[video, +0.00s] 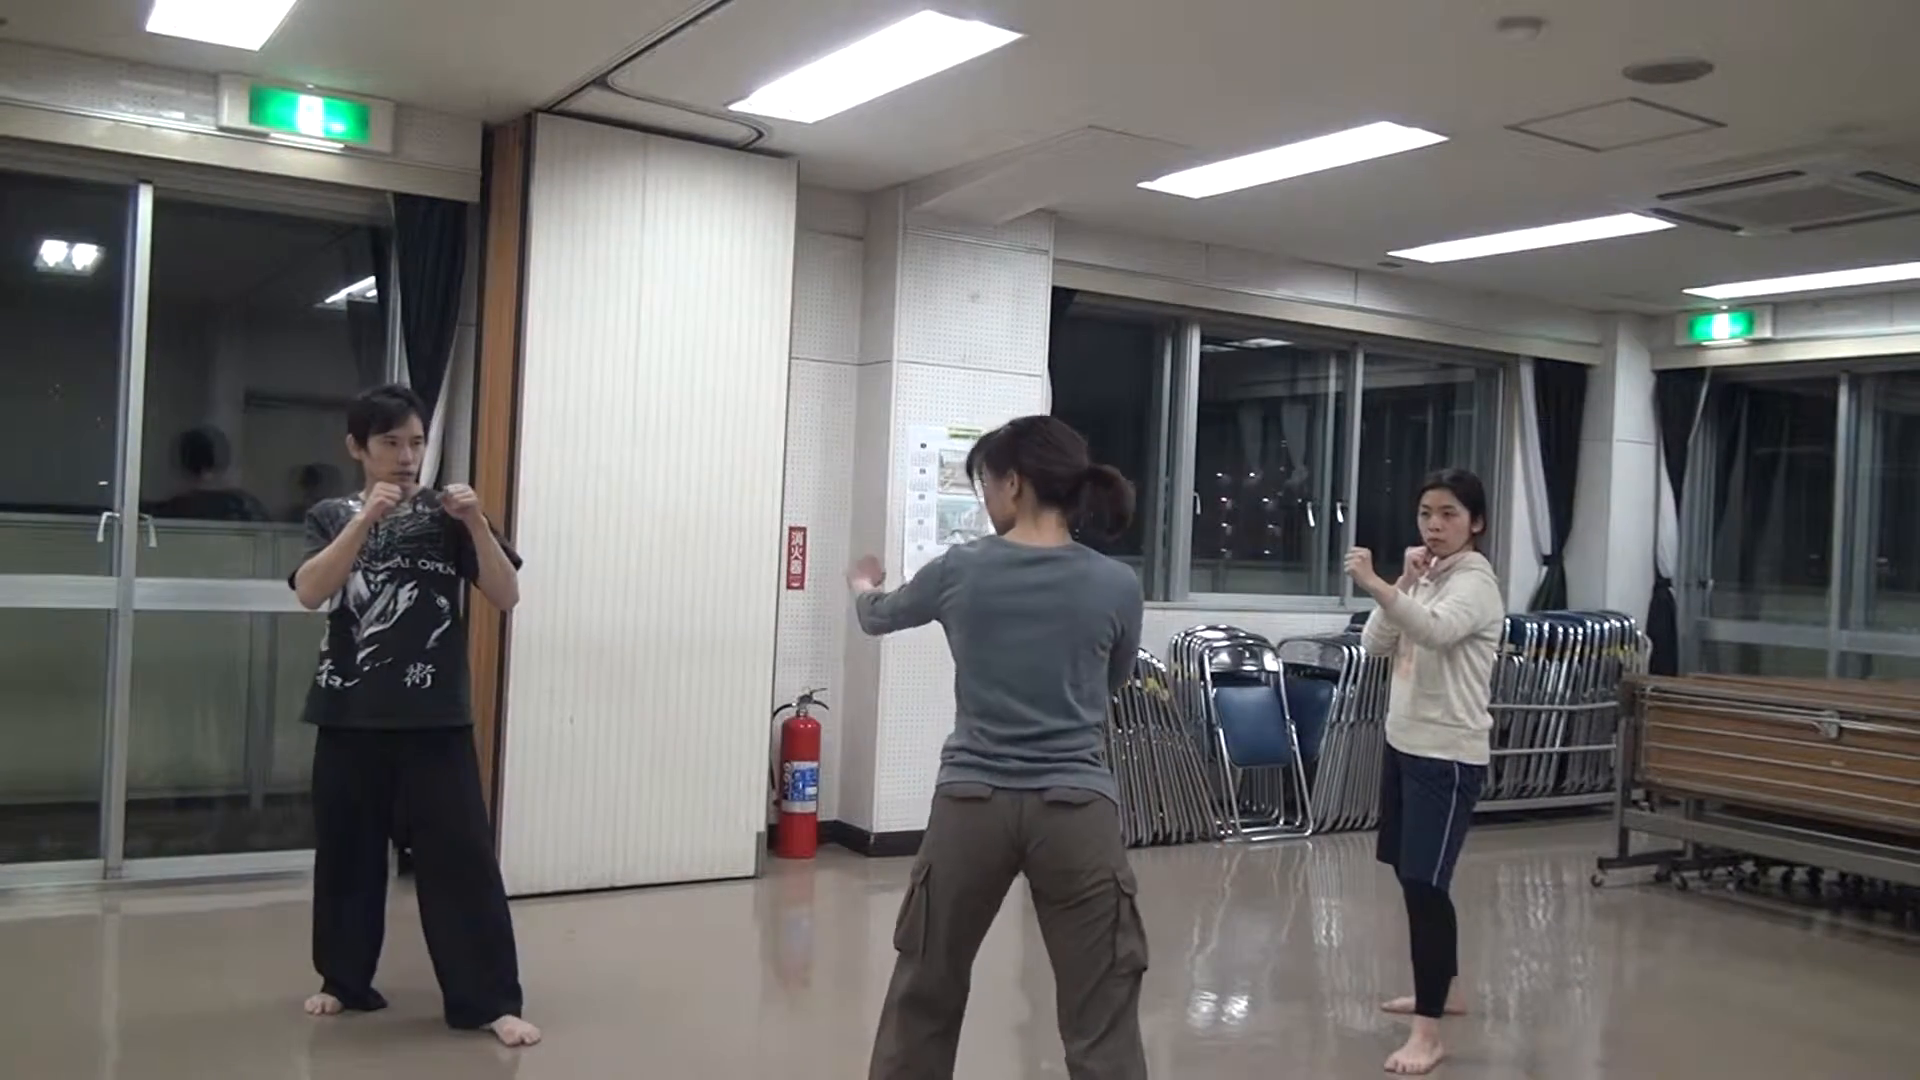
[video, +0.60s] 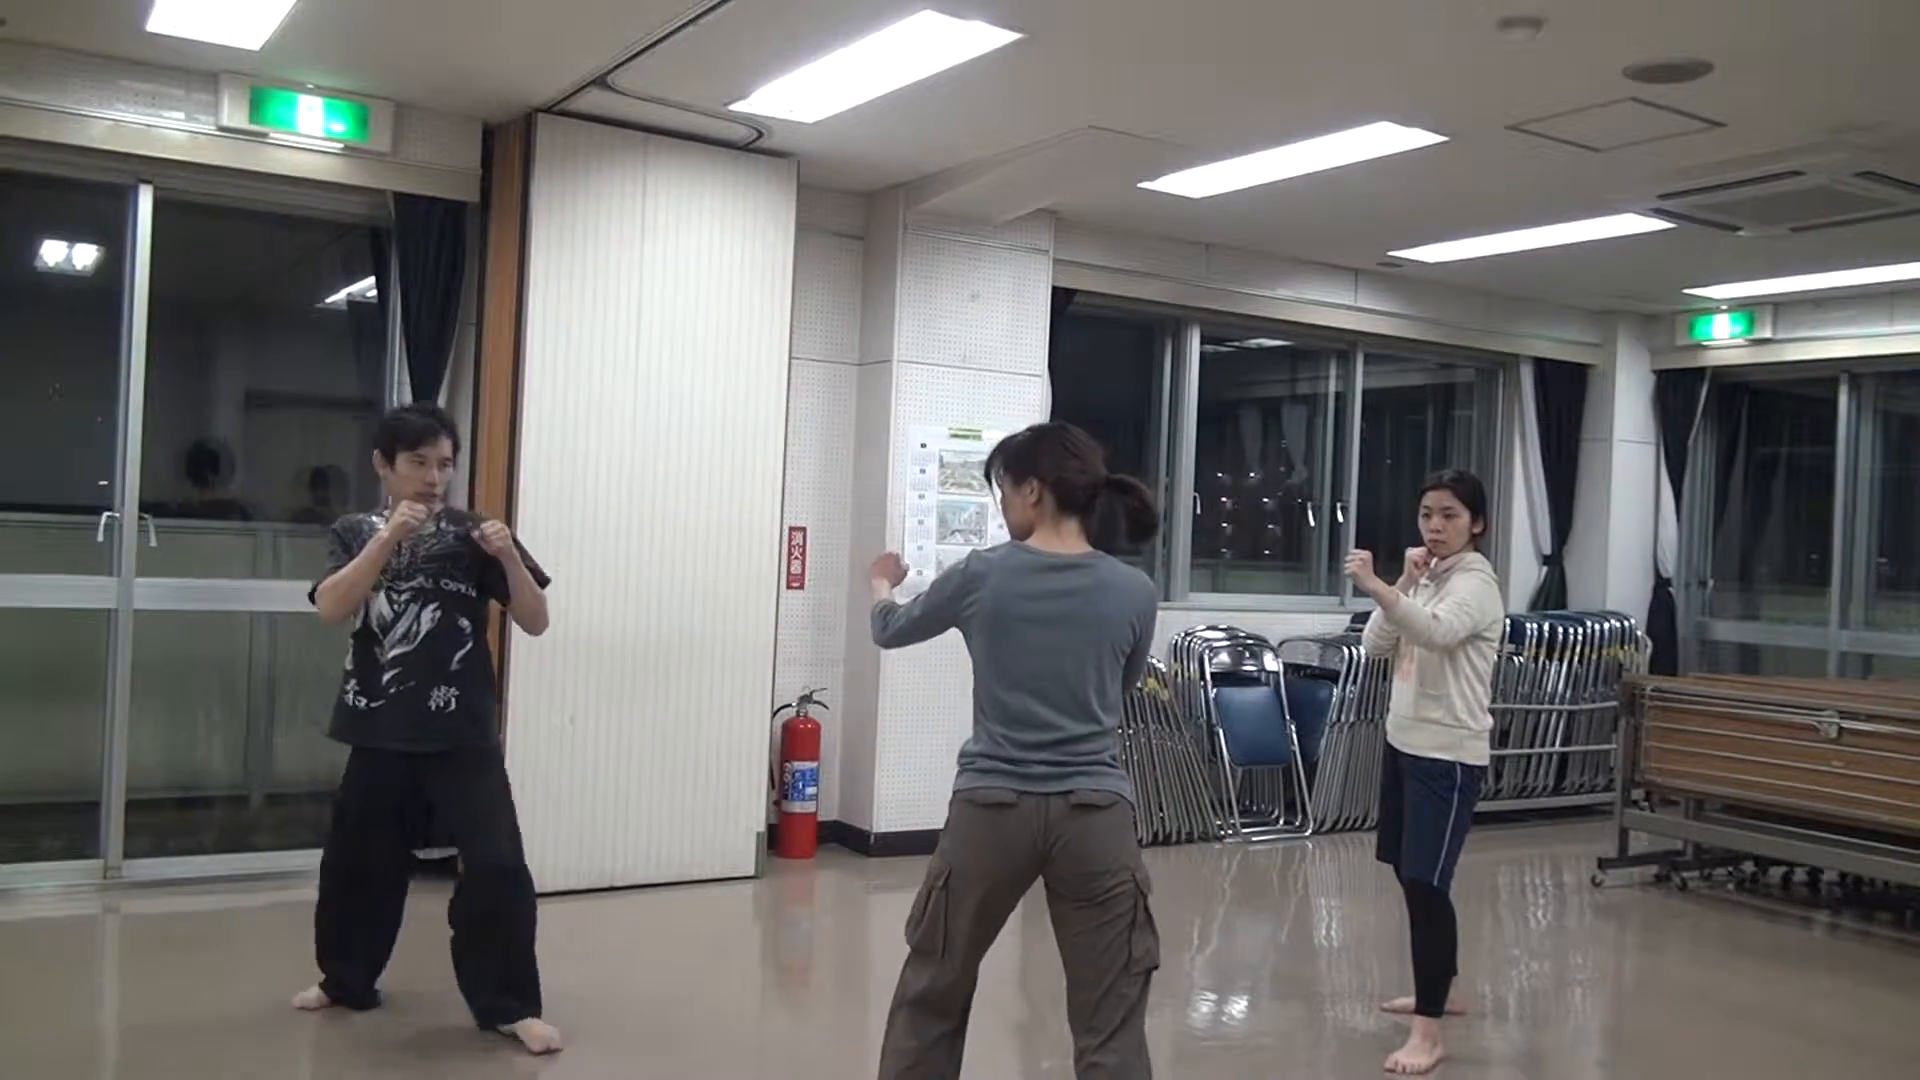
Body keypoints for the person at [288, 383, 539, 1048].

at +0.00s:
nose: (406, 455)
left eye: (415, 443)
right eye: (391, 444)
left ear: (427, 445)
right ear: (357, 447)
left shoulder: (452, 516)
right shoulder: (335, 517)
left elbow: (504, 595)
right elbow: (310, 590)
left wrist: (476, 524)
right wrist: (364, 519)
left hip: (435, 721)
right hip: (352, 721)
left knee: (464, 860)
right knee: (346, 855)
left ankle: (494, 1004)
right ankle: (342, 984)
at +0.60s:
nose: (435, 476)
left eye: (444, 463)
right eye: (419, 463)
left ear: (454, 463)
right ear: (384, 465)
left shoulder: (476, 534)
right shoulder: (359, 532)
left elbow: (535, 621)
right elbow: (332, 608)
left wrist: (510, 558)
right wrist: (386, 538)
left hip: (463, 734)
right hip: (380, 732)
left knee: (498, 864)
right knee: (358, 858)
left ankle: (512, 1007)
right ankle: (347, 983)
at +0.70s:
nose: (462, 513)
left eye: (472, 501)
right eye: (446, 500)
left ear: (482, 506)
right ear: (413, 505)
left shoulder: (504, 579)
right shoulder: (376, 573)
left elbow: (550, 673)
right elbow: (339, 654)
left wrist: (533, 617)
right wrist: (401, 589)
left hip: (481, 777)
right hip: (391, 776)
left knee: (545, 879)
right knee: (350, 886)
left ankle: (561, 1027)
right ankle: (342, 984)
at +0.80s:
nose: (507, 525)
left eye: (518, 513)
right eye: (492, 511)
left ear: (527, 521)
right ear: (458, 518)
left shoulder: (550, 600)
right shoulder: (418, 593)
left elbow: (602, 690)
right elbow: (380, 682)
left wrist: (591, 655)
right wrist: (436, 622)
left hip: (516, 792)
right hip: (422, 792)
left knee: (593, 887)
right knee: (373, 892)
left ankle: (638, 1042)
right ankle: (338, 979)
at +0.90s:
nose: (559, 515)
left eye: (570, 504)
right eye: (543, 503)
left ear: (581, 514)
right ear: (511, 515)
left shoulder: (612, 588)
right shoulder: (483, 598)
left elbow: (691, 623)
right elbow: (450, 686)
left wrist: (716, 617)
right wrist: (502, 616)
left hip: (590, 795)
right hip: (498, 795)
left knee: (644, 891)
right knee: (431, 886)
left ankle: (650, 1058)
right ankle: (355, 969)